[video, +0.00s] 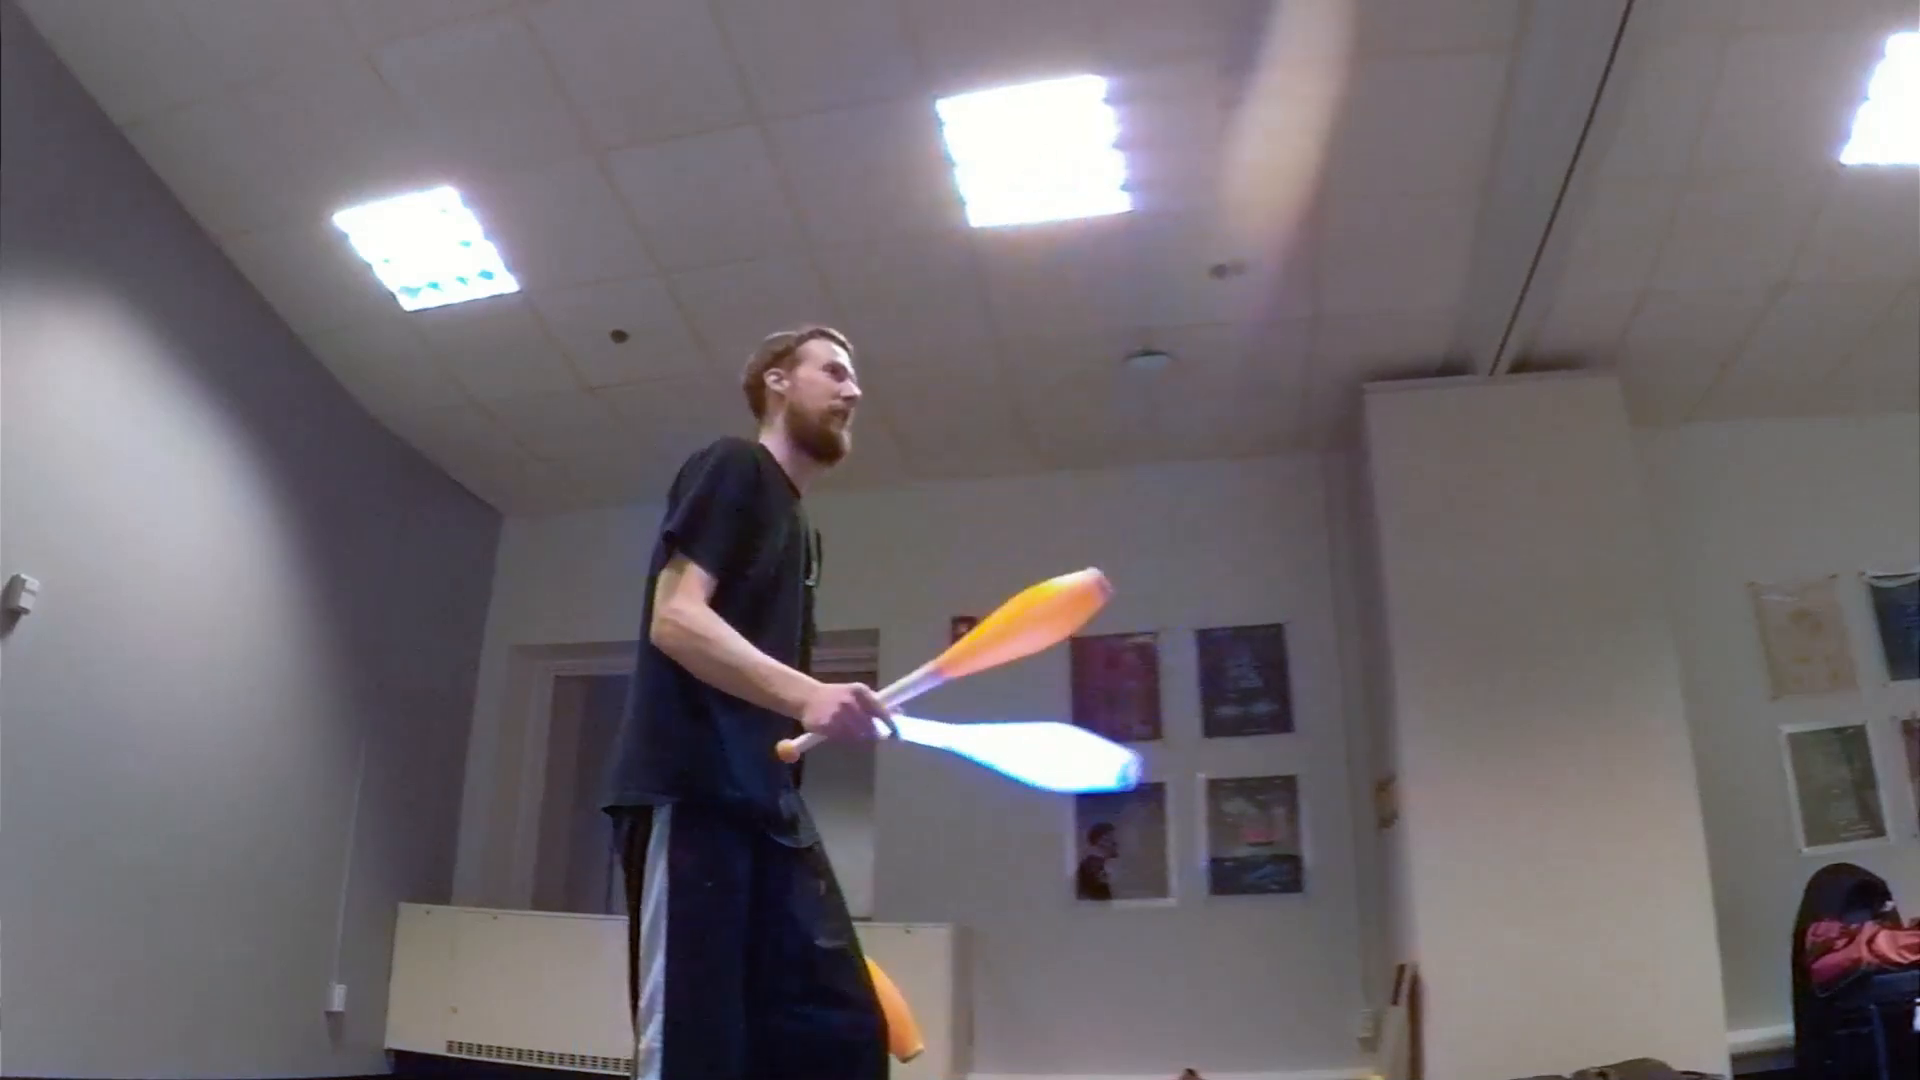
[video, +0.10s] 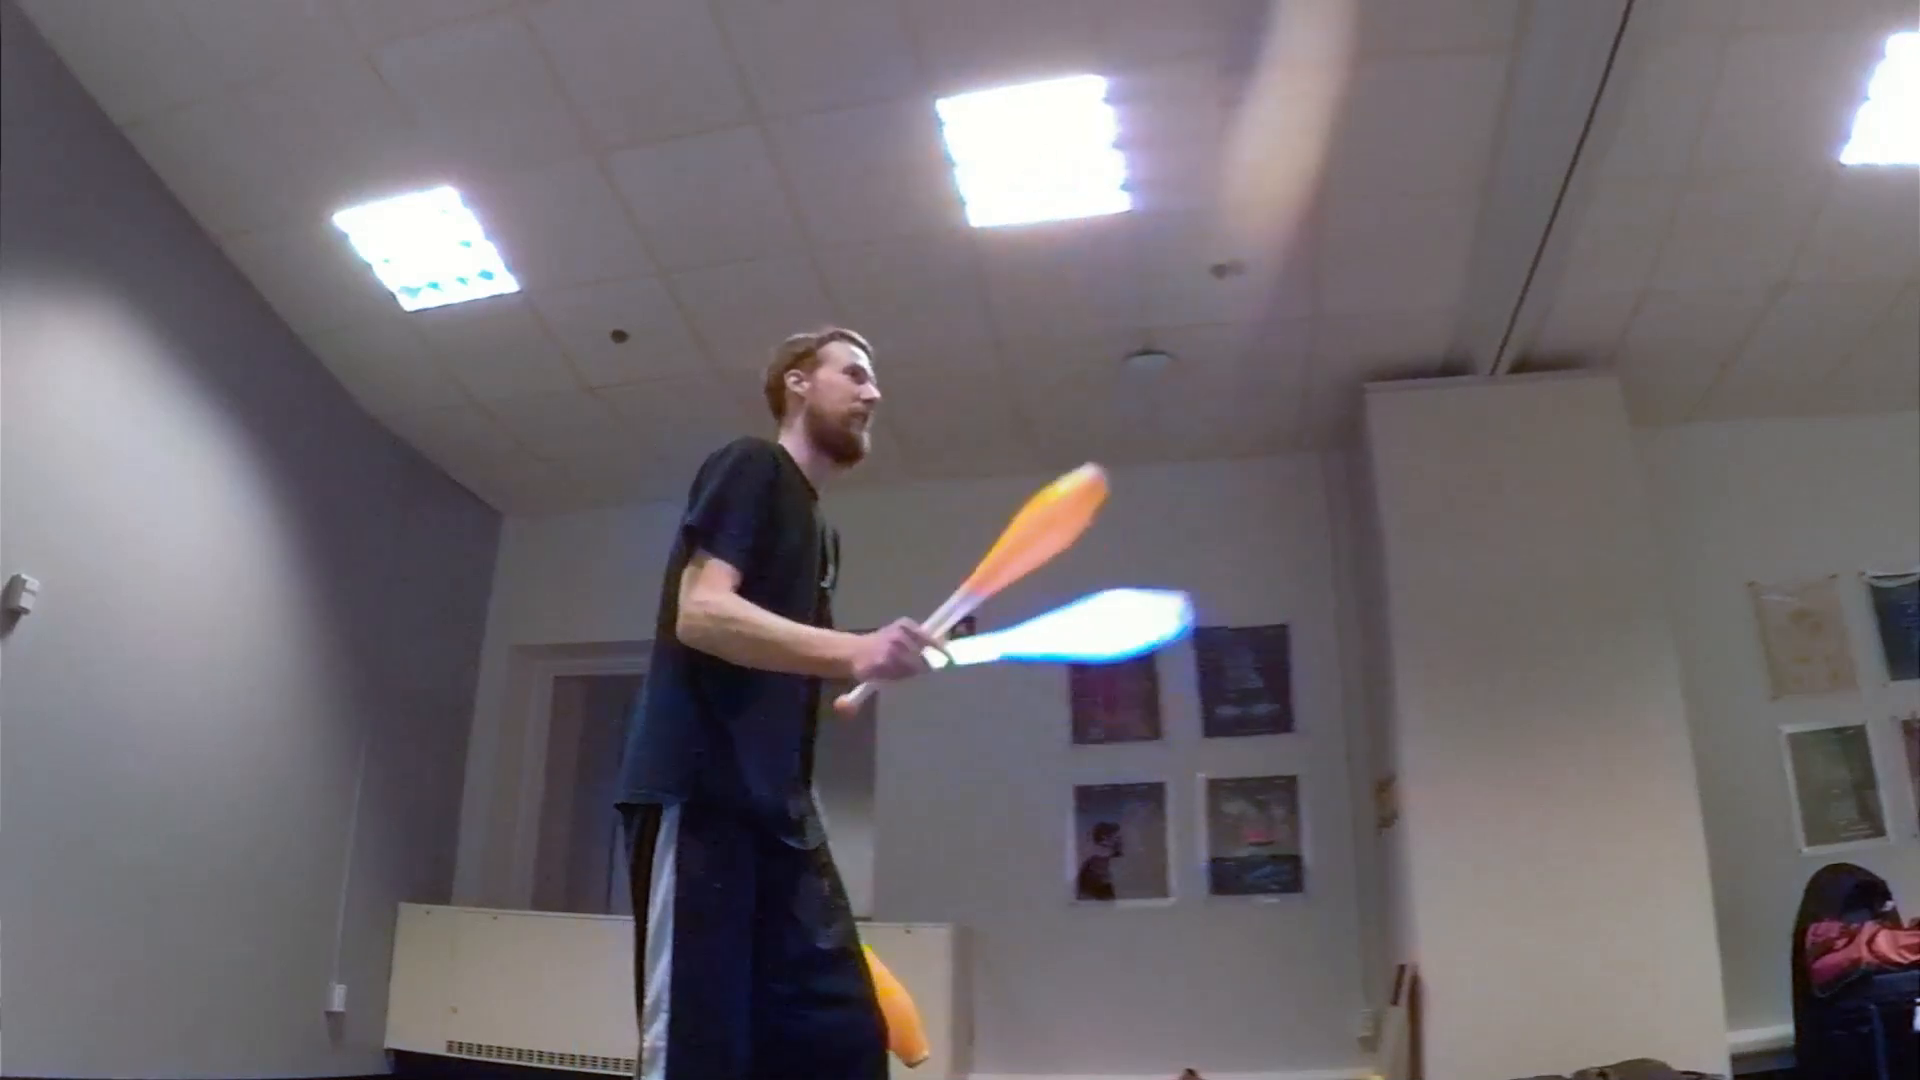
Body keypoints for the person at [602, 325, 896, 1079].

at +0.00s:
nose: (852, 390)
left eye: (854, 380)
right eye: (834, 370)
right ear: (775, 381)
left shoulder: (799, 527)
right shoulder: (735, 465)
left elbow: (766, 676)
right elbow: (675, 617)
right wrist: (805, 695)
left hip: (769, 803)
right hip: (692, 798)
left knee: (839, 1025)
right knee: (691, 1037)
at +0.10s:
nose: (873, 393)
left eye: (874, 382)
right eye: (854, 373)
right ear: (797, 383)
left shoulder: (821, 532)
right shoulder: (750, 465)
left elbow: (776, 660)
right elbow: (701, 612)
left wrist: (842, 678)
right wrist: (852, 649)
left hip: (778, 804)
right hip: (699, 798)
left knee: (841, 1031)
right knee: (694, 1036)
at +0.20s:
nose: (893, 397)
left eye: (894, 387)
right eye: (874, 378)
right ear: (816, 390)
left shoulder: (838, 538)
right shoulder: (772, 466)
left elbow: (803, 701)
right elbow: (745, 597)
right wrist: (911, 576)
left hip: (798, 818)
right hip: (722, 809)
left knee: (839, 1040)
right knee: (703, 1043)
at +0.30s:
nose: (913, 403)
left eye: (914, 393)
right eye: (895, 384)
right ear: (838, 395)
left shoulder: (854, 530)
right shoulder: (791, 460)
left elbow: (845, 697)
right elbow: (803, 561)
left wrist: (847, 838)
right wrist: (958, 480)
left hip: (817, 810)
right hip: (740, 800)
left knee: (847, 1042)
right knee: (721, 1037)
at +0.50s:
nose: (922, 414)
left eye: (926, 397)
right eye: (911, 394)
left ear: (903, 408)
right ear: (855, 391)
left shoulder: (879, 536)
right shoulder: (805, 454)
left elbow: (862, 704)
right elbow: (899, 431)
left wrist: (890, 826)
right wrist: (982, 304)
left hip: (845, 794)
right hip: (767, 782)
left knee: (856, 1027)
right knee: (735, 1018)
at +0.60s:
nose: (924, 405)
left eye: (924, 394)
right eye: (906, 388)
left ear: (902, 416)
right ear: (848, 391)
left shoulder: (873, 535)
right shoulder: (807, 460)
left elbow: (862, 691)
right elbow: (902, 384)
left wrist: (899, 812)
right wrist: (964, 266)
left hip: (852, 801)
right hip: (778, 783)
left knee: (861, 1040)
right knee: (734, 1029)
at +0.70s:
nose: (917, 407)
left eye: (916, 395)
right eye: (900, 386)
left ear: (899, 411)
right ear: (843, 385)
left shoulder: (863, 535)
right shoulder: (801, 461)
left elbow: (860, 692)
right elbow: (900, 367)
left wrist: (904, 808)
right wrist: (944, 243)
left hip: (849, 797)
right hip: (776, 782)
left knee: (861, 1035)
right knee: (735, 1024)